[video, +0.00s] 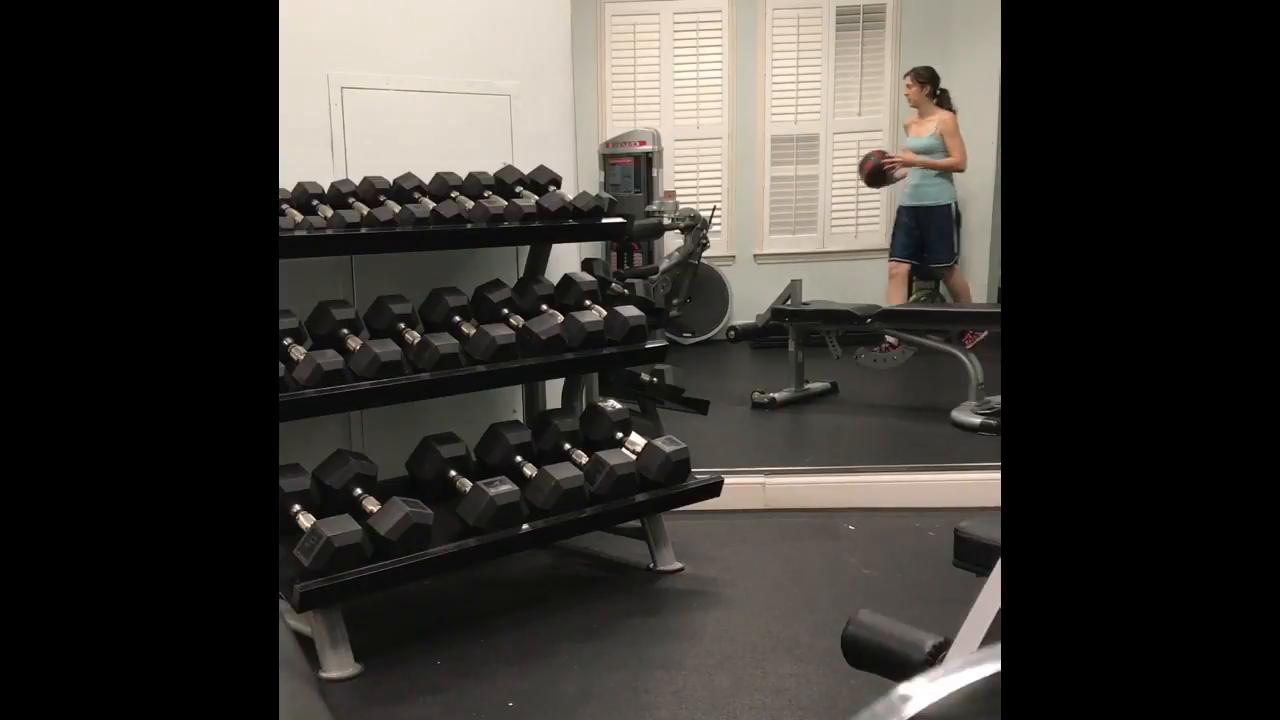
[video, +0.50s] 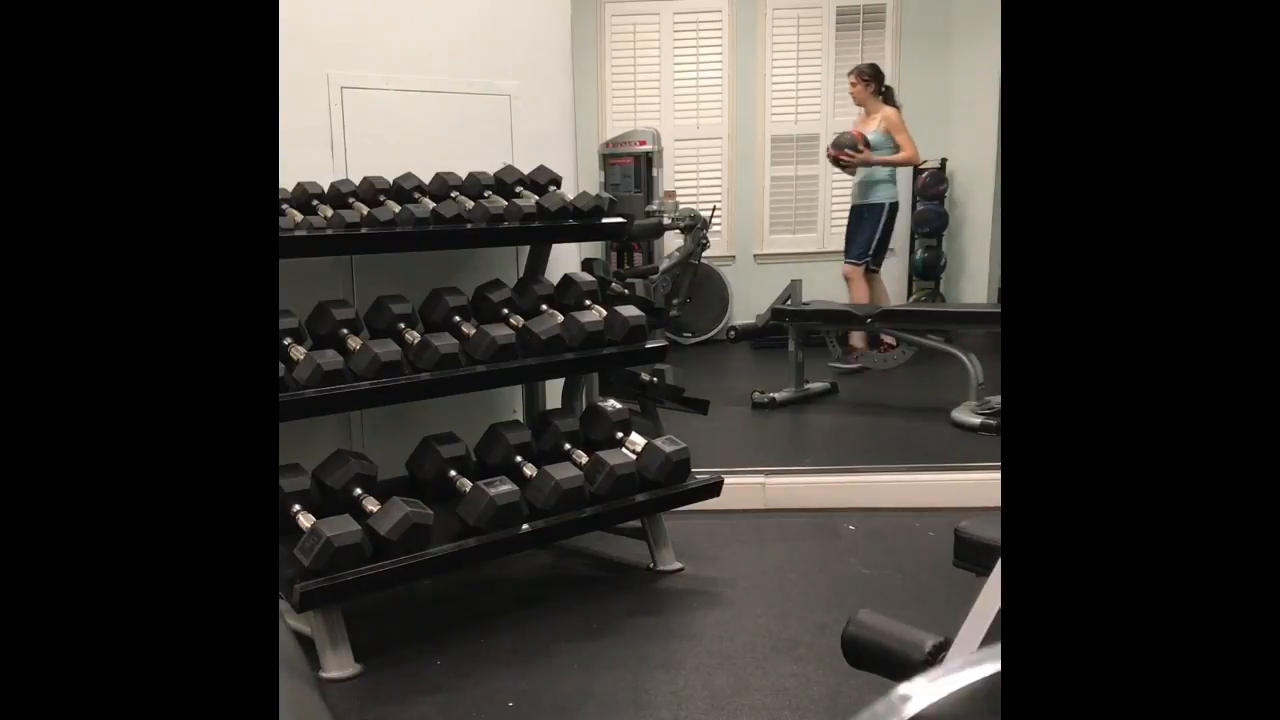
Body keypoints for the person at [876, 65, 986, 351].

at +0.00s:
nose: (905, 93)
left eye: (909, 87)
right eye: (905, 87)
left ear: (926, 89)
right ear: (915, 90)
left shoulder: (945, 119)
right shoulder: (910, 123)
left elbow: (960, 163)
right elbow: (919, 161)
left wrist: (915, 161)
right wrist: (895, 170)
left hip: (939, 204)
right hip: (910, 204)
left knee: (946, 271)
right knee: (897, 269)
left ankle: (973, 323)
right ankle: (894, 333)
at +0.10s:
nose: (892, 93)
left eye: (896, 87)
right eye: (892, 87)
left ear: (912, 88)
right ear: (903, 89)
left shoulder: (931, 118)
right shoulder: (901, 123)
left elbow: (947, 161)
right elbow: (909, 161)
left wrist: (900, 164)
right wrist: (885, 169)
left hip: (926, 205)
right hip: (897, 204)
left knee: (930, 274)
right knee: (885, 270)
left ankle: (964, 319)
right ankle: (892, 338)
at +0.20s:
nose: (880, 92)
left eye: (884, 87)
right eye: (880, 87)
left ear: (901, 88)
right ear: (895, 89)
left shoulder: (920, 117)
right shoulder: (889, 124)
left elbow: (935, 160)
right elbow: (896, 165)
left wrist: (887, 163)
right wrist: (866, 170)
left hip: (914, 203)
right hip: (888, 202)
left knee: (909, 274)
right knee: (876, 271)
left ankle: (951, 317)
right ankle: (889, 336)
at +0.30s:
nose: (870, 92)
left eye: (874, 86)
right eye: (870, 87)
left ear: (891, 87)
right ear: (885, 88)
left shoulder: (909, 116)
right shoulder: (880, 122)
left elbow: (926, 159)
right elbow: (884, 167)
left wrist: (879, 158)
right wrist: (857, 170)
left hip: (901, 201)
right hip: (878, 202)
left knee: (886, 271)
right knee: (872, 273)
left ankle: (928, 321)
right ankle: (888, 338)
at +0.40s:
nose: (860, 91)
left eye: (864, 86)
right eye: (860, 86)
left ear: (881, 86)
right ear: (873, 87)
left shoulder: (899, 115)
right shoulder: (870, 121)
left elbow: (918, 157)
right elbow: (874, 168)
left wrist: (875, 156)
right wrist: (849, 164)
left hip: (893, 199)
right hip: (870, 199)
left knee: (867, 268)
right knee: (866, 270)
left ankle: (892, 325)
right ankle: (882, 328)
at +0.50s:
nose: (850, 91)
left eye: (854, 85)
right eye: (849, 86)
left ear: (870, 86)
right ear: (861, 87)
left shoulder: (890, 115)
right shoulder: (860, 119)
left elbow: (912, 156)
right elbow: (861, 166)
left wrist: (872, 159)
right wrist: (842, 160)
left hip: (883, 201)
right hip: (861, 201)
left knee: (853, 270)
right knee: (869, 274)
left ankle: (858, 346)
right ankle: (890, 337)